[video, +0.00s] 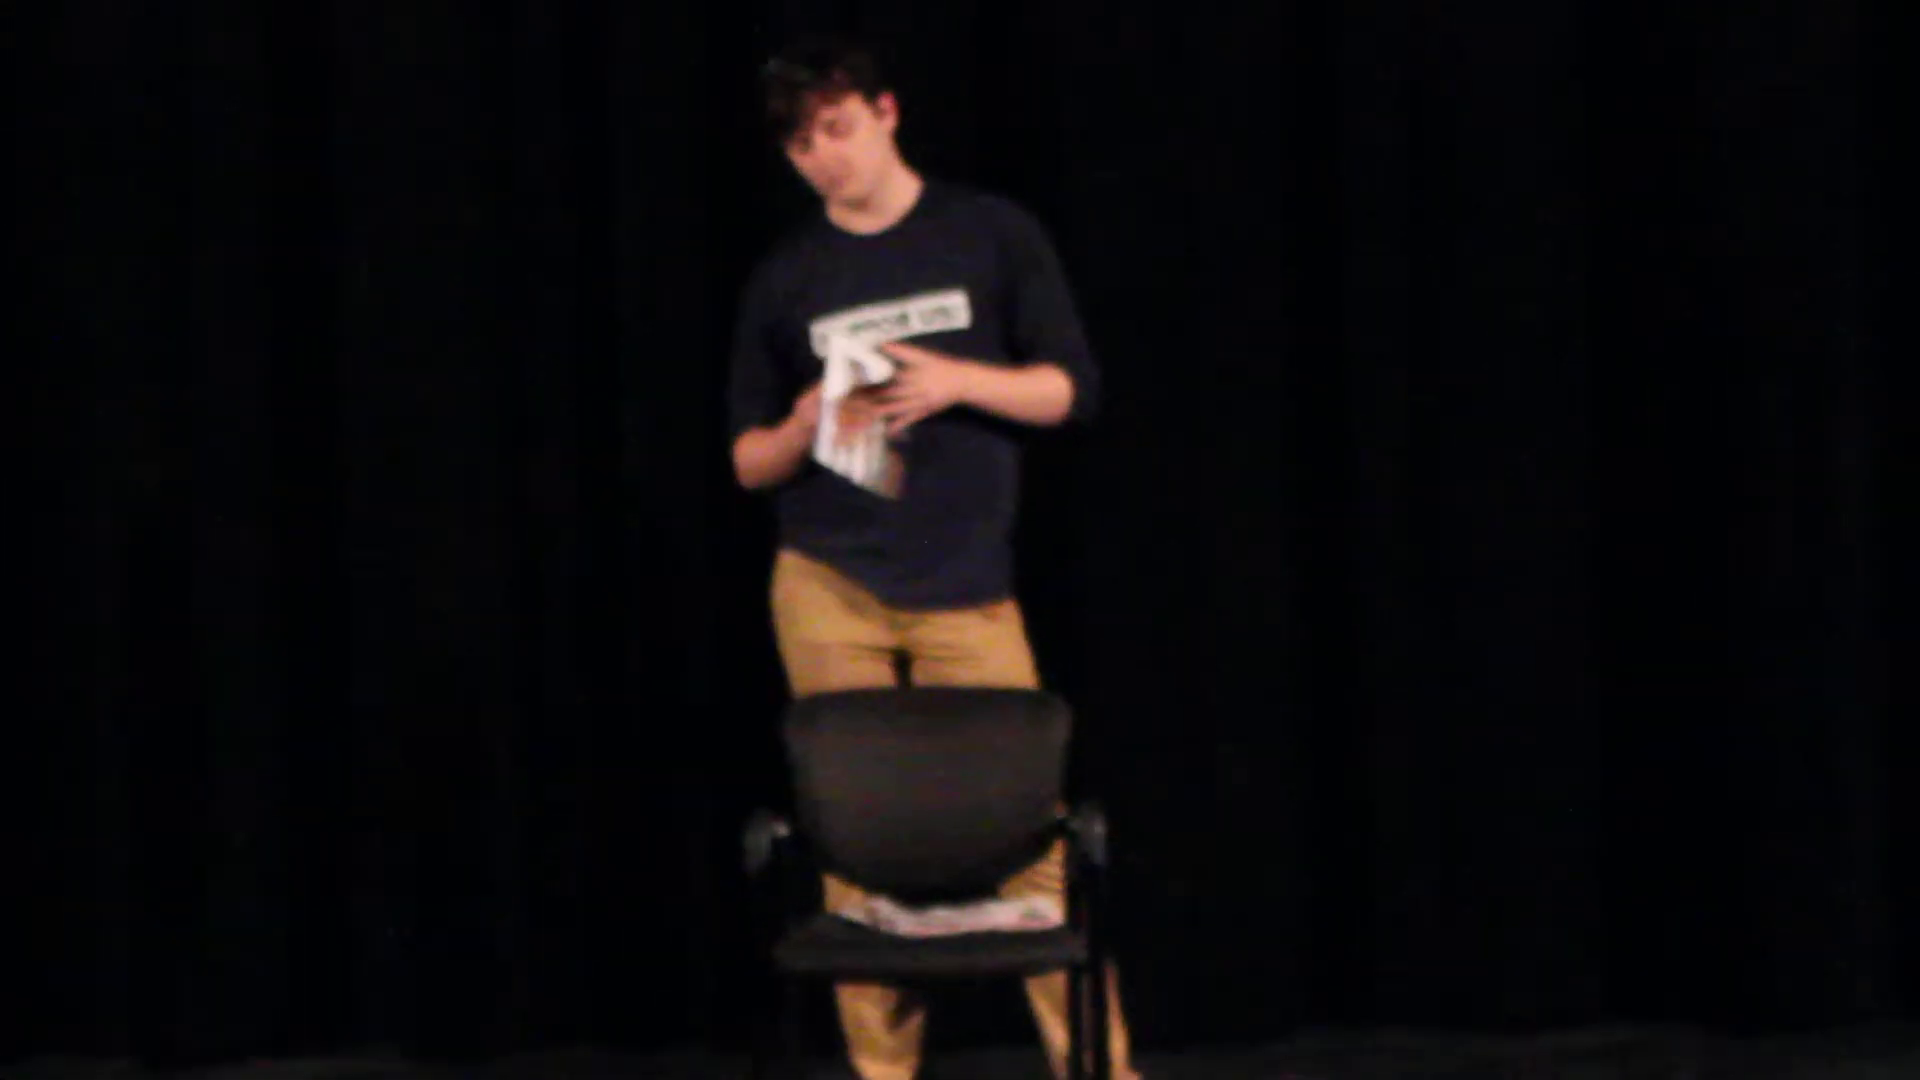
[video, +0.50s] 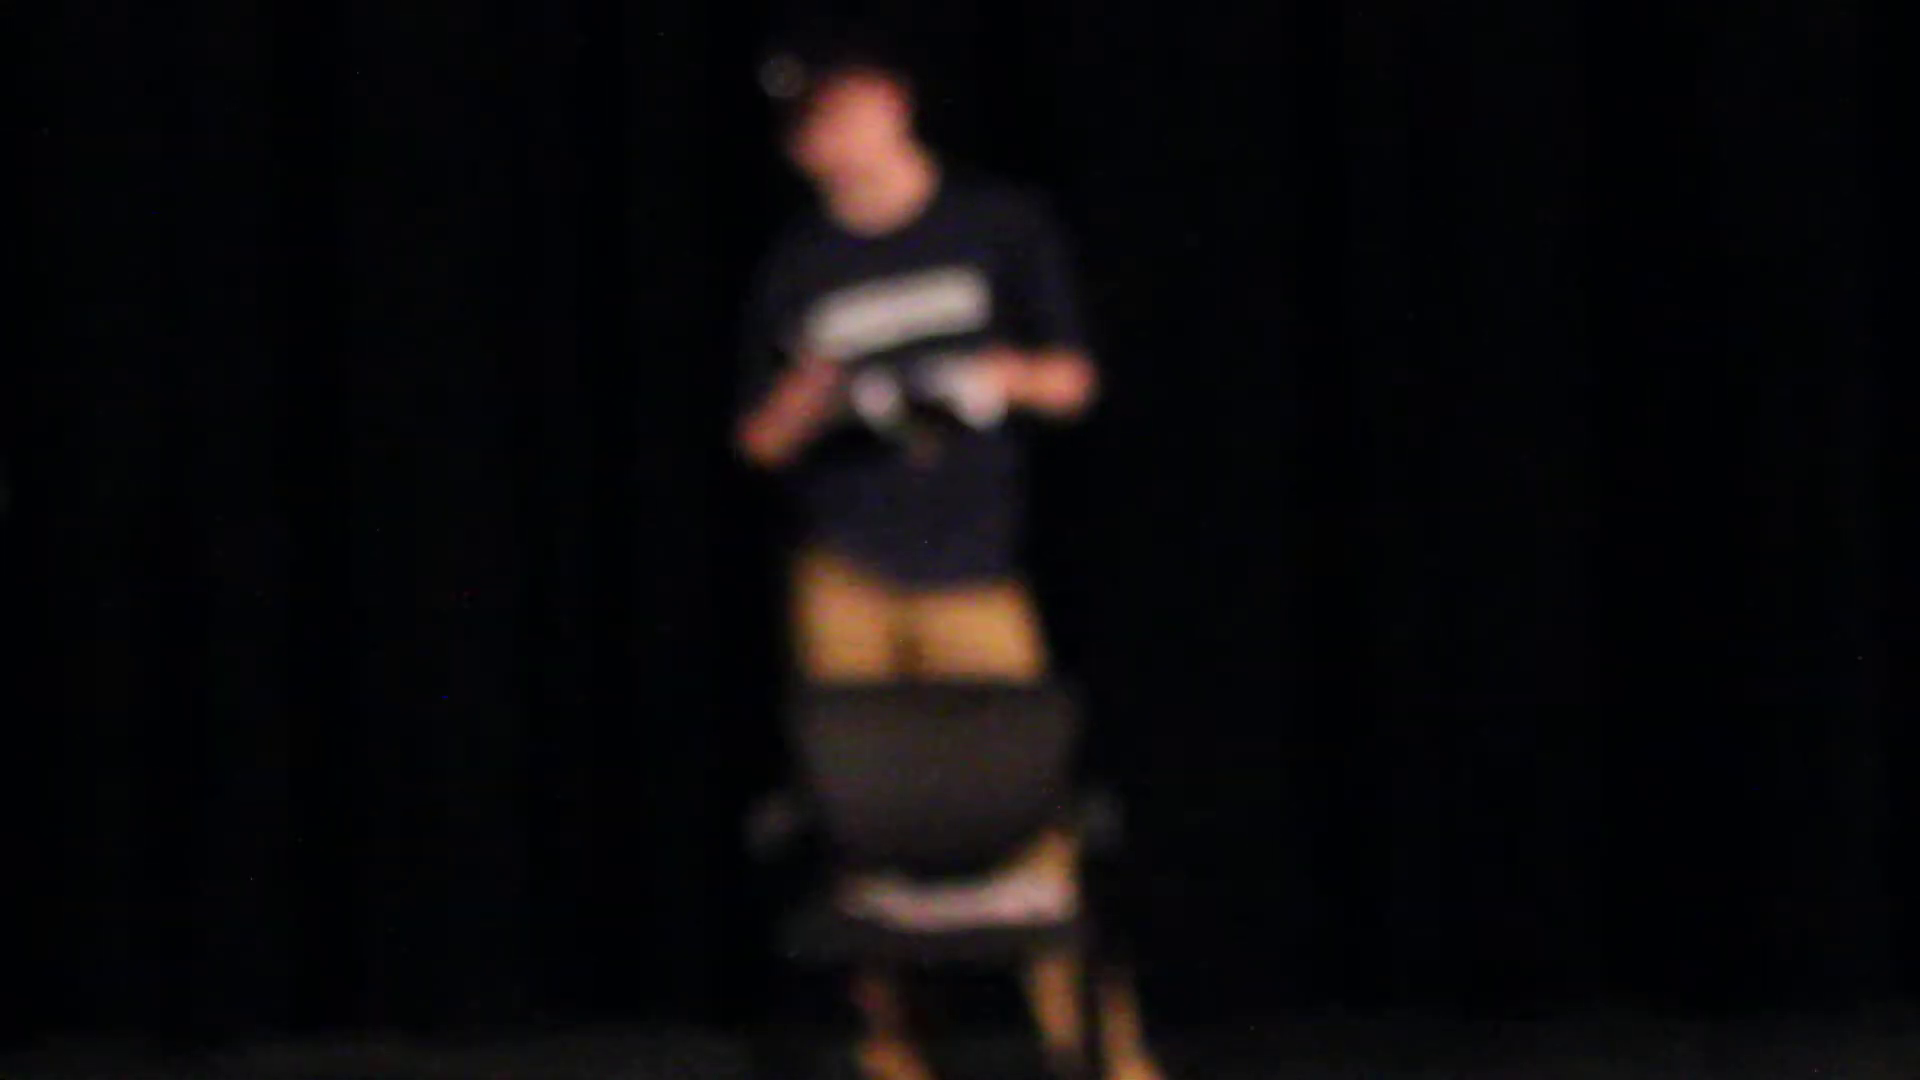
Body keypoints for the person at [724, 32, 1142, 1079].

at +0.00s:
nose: (821, 153)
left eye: (834, 126)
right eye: (802, 139)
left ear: (886, 114)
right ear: (789, 156)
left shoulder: (993, 236)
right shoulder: (786, 277)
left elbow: (1069, 391)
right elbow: (747, 461)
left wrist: (957, 380)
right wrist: (807, 424)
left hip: (967, 586)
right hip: (827, 585)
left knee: (1023, 828)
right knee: (855, 837)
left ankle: (1099, 1066)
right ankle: (881, 1068)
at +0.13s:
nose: (825, 147)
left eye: (842, 121)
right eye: (809, 129)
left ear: (895, 109)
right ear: (793, 143)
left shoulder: (999, 233)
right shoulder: (792, 272)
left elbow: (1070, 385)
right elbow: (753, 453)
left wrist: (956, 375)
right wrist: (820, 404)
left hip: (974, 576)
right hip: (832, 576)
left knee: (1029, 819)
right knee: (858, 829)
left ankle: (1103, 1063)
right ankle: (889, 1065)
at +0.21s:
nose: (821, 145)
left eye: (839, 118)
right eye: (808, 126)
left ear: (896, 107)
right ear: (796, 138)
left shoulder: (1001, 234)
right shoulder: (797, 268)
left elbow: (1070, 381)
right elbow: (754, 449)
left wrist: (957, 373)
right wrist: (816, 409)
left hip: (977, 574)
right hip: (835, 574)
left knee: (1031, 815)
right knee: (861, 829)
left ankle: (1106, 1060)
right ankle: (894, 1066)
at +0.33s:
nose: (825, 143)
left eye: (842, 114)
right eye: (813, 121)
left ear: (900, 111)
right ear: (801, 140)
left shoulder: (1002, 231)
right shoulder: (800, 266)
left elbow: (1071, 380)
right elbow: (754, 447)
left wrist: (971, 374)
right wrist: (816, 401)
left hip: (979, 561)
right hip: (835, 560)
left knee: (1031, 801)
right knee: (862, 812)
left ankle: (1103, 1046)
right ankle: (894, 1057)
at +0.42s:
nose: (831, 142)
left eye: (846, 112)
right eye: (816, 121)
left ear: (899, 110)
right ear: (801, 140)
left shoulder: (1001, 229)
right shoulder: (803, 265)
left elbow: (1076, 379)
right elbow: (757, 448)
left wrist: (992, 375)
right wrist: (818, 391)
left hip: (978, 556)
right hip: (835, 555)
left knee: (1032, 793)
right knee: (863, 801)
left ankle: (1100, 1039)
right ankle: (893, 1044)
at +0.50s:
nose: (817, 147)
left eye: (834, 117)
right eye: (806, 126)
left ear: (893, 112)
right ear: (796, 141)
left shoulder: (997, 231)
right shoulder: (802, 266)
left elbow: (1075, 382)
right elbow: (757, 442)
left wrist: (993, 377)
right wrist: (815, 387)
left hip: (976, 568)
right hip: (843, 572)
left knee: (1024, 798)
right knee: (857, 806)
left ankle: (1088, 1035)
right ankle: (882, 1036)